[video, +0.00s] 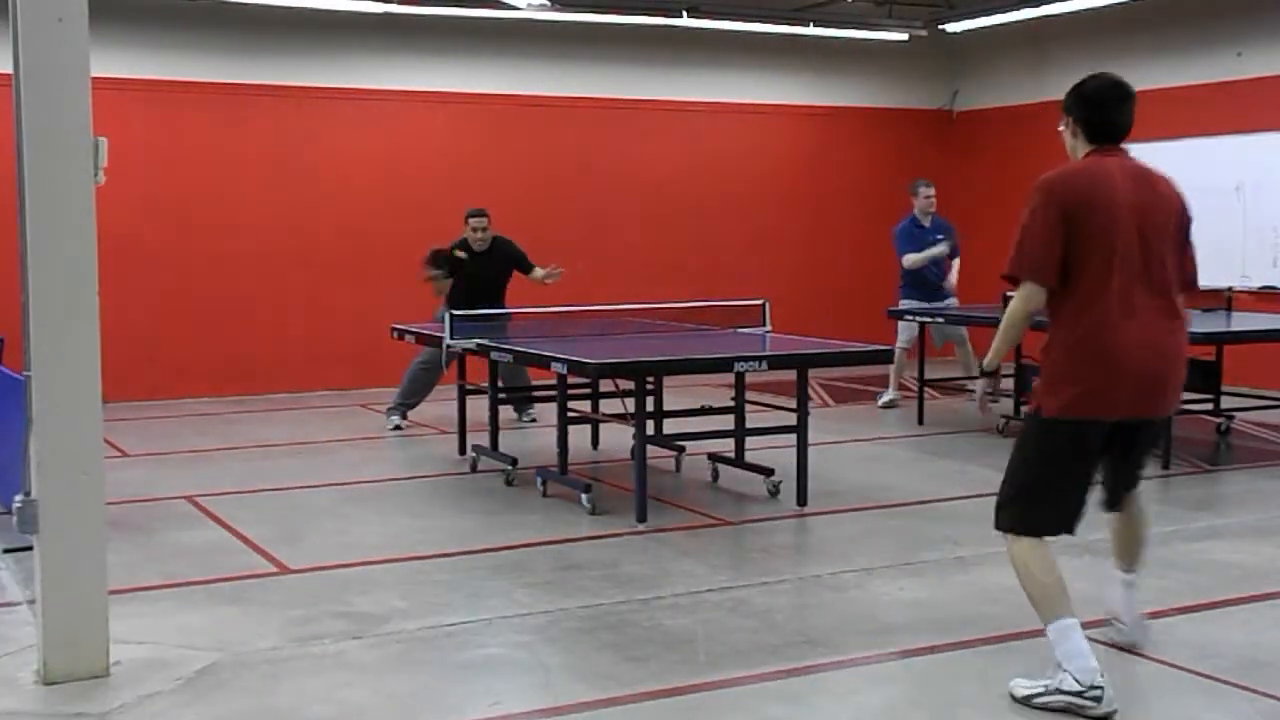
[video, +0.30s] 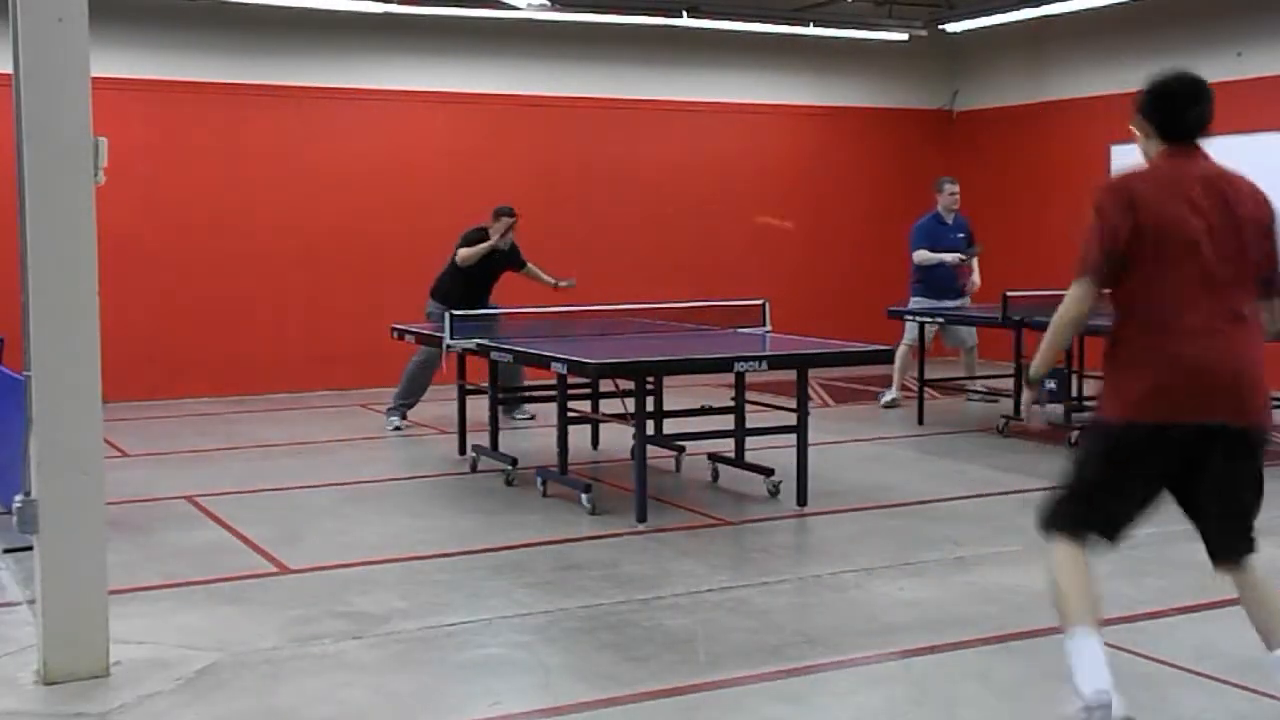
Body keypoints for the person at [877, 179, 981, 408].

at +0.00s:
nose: (932, 202)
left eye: (934, 197)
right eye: (927, 198)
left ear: (936, 199)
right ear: (914, 200)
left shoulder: (944, 227)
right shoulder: (904, 230)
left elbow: (955, 255)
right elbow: (907, 261)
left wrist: (953, 277)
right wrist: (936, 252)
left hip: (942, 294)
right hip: (913, 295)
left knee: (961, 339)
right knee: (903, 343)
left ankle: (974, 382)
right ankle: (892, 391)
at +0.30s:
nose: (956, 199)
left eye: (958, 194)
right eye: (951, 195)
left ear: (959, 196)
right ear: (938, 197)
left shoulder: (963, 226)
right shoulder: (923, 227)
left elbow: (972, 252)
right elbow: (918, 256)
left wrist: (975, 275)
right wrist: (946, 257)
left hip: (957, 298)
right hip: (925, 298)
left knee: (970, 344)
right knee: (909, 343)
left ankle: (972, 386)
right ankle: (895, 390)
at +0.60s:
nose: (939, 206)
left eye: (942, 201)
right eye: (933, 202)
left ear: (946, 202)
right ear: (923, 206)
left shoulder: (957, 231)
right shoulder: (912, 233)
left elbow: (975, 259)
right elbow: (896, 264)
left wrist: (970, 282)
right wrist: (911, 279)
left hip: (952, 300)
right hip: (919, 301)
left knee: (971, 343)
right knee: (902, 344)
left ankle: (973, 387)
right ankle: (892, 389)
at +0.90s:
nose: (949, 191)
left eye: (953, 187)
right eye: (945, 186)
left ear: (957, 190)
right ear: (934, 187)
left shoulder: (961, 217)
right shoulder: (921, 217)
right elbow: (910, 248)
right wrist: (897, 262)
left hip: (953, 291)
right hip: (923, 290)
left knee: (959, 346)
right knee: (914, 343)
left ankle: (960, 391)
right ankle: (913, 387)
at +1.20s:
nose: (933, 191)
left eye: (936, 186)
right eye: (928, 187)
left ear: (939, 189)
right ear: (917, 189)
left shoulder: (950, 214)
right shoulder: (907, 220)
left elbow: (966, 245)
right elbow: (903, 255)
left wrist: (943, 245)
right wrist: (929, 253)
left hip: (951, 288)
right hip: (920, 291)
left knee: (958, 339)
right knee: (913, 343)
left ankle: (961, 388)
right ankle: (912, 387)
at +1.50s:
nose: (950, 192)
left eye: (952, 188)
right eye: (945, 188)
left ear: (954, 190)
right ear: (932, 191)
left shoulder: (959, 217)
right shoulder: (919, 220)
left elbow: (966, 243)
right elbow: (913, 253)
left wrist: (973, 261)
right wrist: (941, 255)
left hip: (958, 289)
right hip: (927, 292)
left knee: (976, 336)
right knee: (915, 342)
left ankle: (989, 381)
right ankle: (913, 387)